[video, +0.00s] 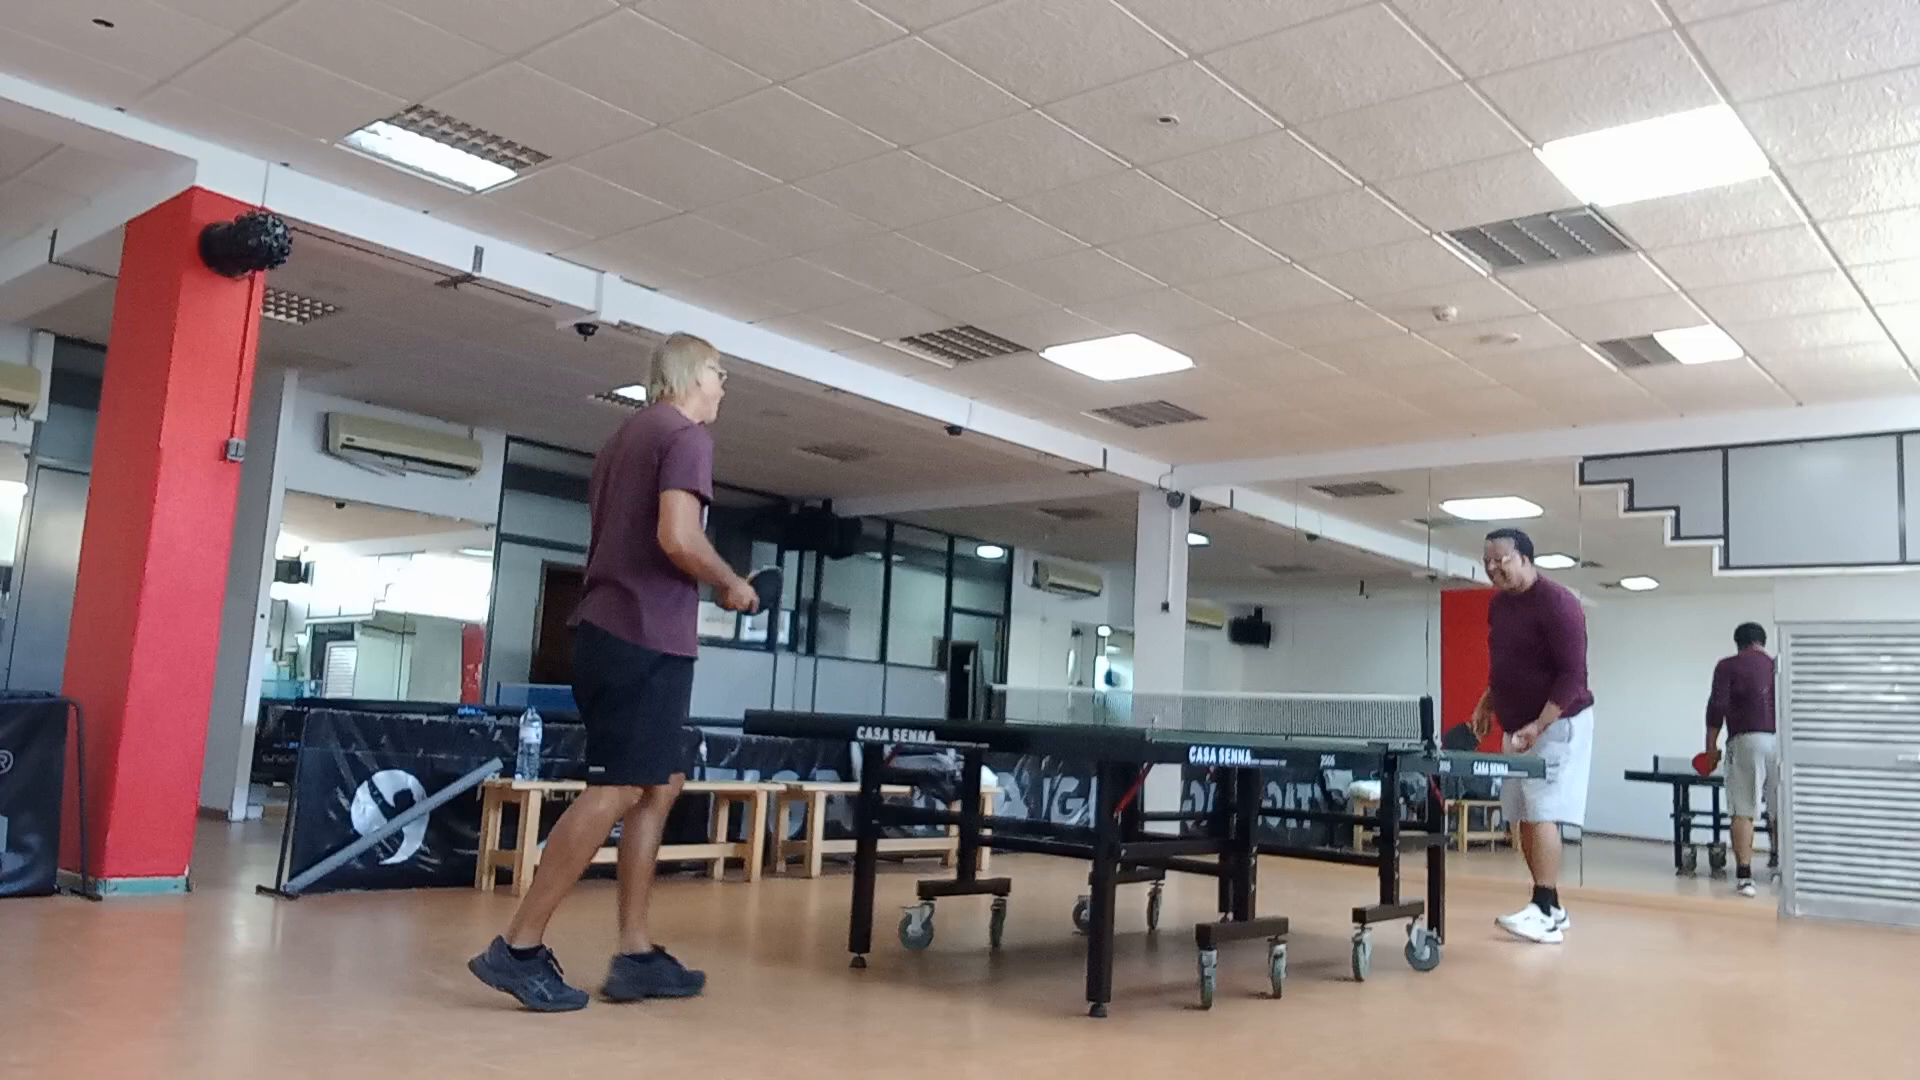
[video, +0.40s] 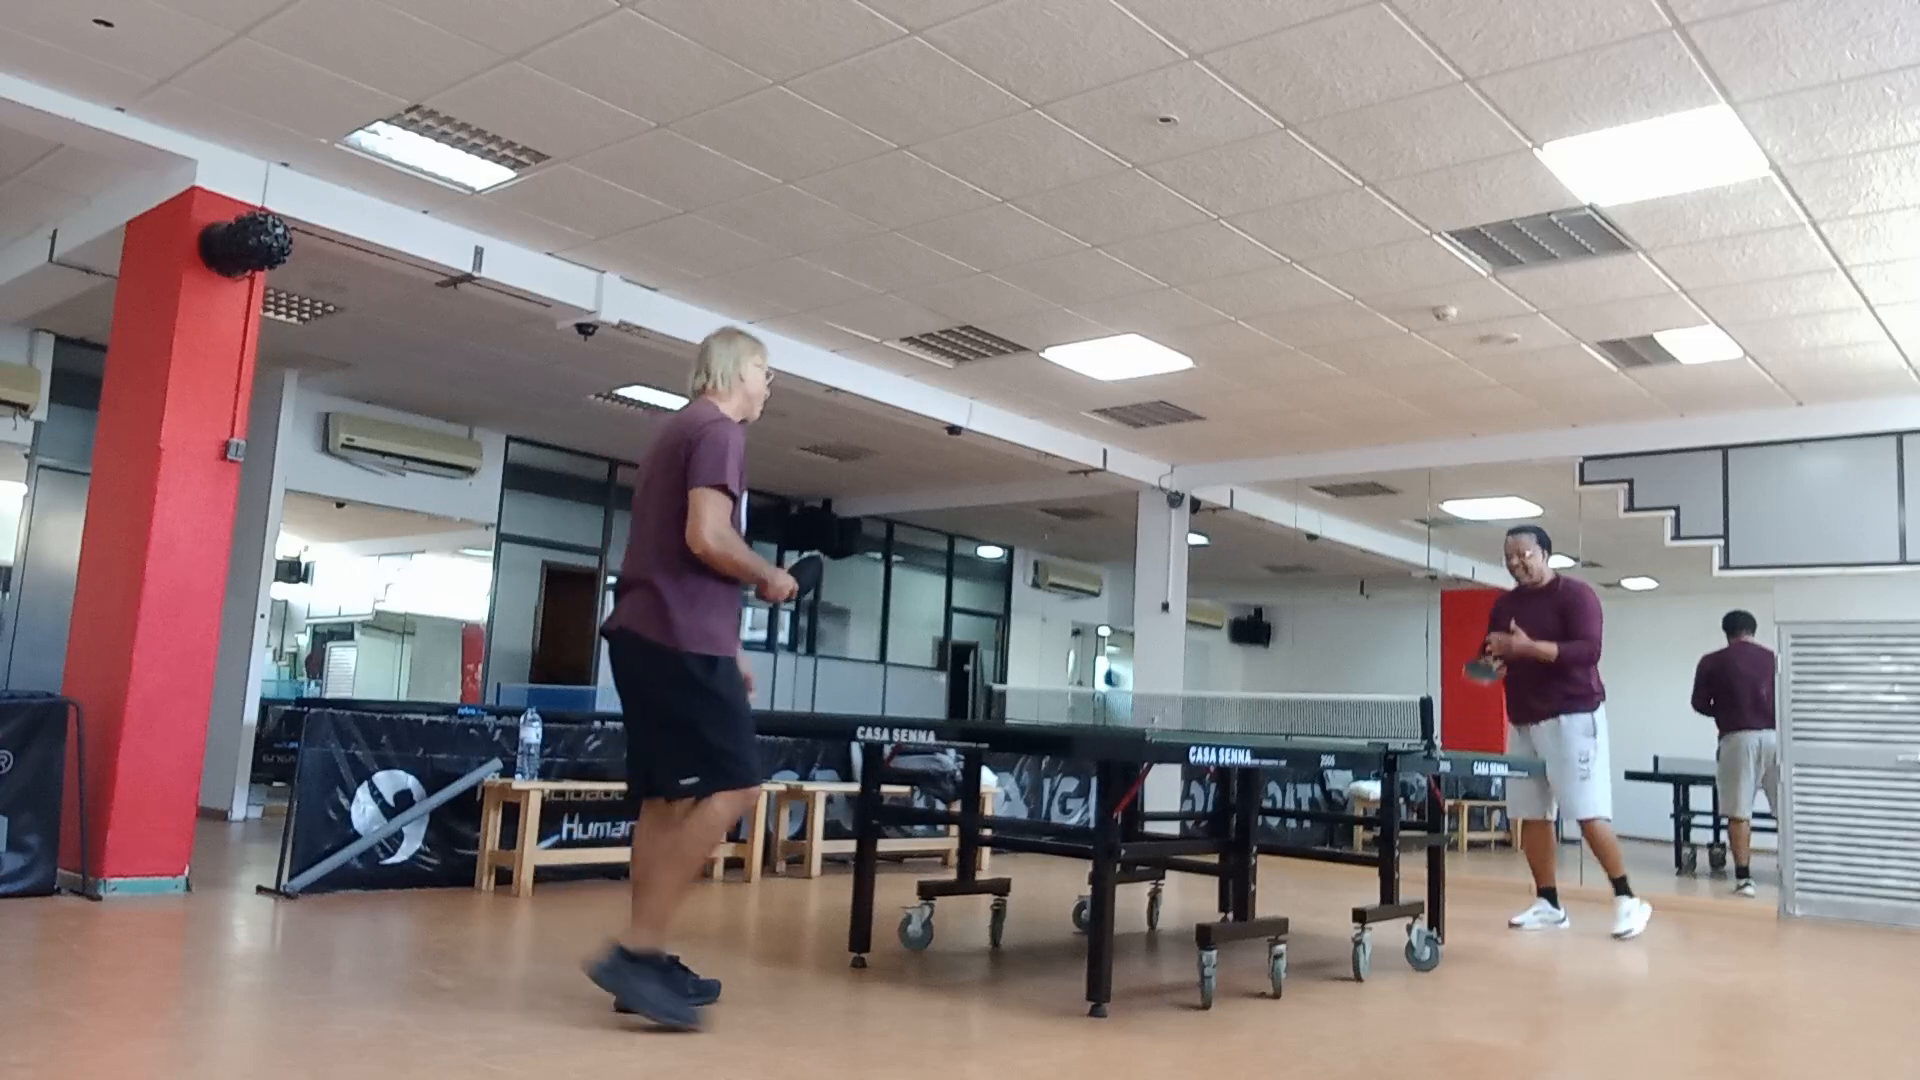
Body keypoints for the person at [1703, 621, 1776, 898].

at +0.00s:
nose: (1762, 648)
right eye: (1763, 644)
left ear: (1738, 644)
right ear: (1761, 643)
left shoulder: (1728, 665)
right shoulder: (1777, 665)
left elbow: (1717, 706)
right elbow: (1787, 703)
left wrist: (1711, 747)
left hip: (1745, 741)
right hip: (1778, 740)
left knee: (1742, 810)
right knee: (1779, 809)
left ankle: (1745, 877)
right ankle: (1780, 867)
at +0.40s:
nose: (1745, 637)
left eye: (1733, 634)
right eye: (1748, 632)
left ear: (1725, 633)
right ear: (1752, 632)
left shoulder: (1711, 661)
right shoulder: (1770, 657)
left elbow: (1699, 703)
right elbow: (1783, 693)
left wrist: (1724, 710)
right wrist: (1769, 710)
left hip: (1737, 742)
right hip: (1774, 740)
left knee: (1738, 813)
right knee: (1787, 812)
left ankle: (1743, 879)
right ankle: (1794, 876)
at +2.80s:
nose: (1770, 658)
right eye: (1772, 654)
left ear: (1752, 654)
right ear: (1775, 654)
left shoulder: (1734, 673)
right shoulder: (1786, 674)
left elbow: (1713, 706)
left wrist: (1715, 723)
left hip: (1744, 749)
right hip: (1779, 749)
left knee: (1725, 813)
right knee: (1798, 810)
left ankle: (1709, 871)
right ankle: (1800, 872)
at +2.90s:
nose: (1768, 660)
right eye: (1769, 656)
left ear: (1746, 655)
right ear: (1771, 655)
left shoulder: (1727, 676)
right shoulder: (1783, 676)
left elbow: (1707, 713)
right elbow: (1796, 710)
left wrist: (1708, 734)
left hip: (1744, 751)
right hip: (1780, 750)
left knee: (1724, 814)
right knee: (1797, 813)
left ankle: (1709, 871)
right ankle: (1801, 873)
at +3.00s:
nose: (1763, 662)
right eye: (1764, 658)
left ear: (1739, 657)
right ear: (1766, 657)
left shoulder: (1723, 680)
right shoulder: (1780, 677)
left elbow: (1705, 722)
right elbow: (1797, 710)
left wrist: (1709, 750)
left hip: (1745, 753)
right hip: (1783, 751)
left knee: (1722, 815)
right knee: (1799, 813)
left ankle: (1709, 872)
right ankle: (1804, 873)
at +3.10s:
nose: (1762, 666)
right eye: (1764, 662)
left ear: (1739, 662)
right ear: (1766, 661)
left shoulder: (1723, 685)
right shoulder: (1781, 680)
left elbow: (1711, 731)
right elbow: (1798, 716)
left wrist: (1726, 756)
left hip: (1746, 755)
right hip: (1785, 755)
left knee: (1722, 814)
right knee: (1801, 813)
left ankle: (1709, 872)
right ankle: (1805, 873)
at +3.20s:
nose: (1763, 668)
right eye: (1766, 663)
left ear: (1742, 665)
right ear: (1768, 663)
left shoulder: (1727, 690)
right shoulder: (1781, 682)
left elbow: (1723, 736)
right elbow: (1796, 720)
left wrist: (1744, 751)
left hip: (1747, 761)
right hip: (1783, 758)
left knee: (1725, 818)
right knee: (1800, 815)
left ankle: (1709, 872)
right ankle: (1806, 872)